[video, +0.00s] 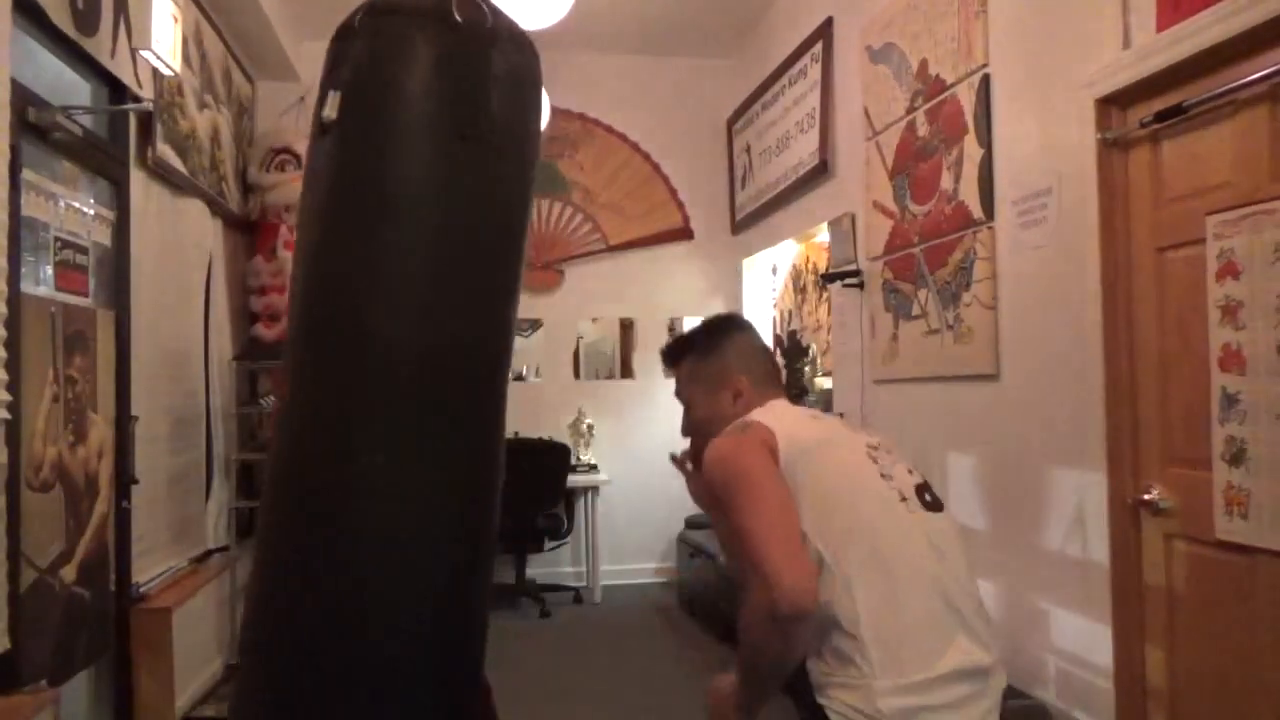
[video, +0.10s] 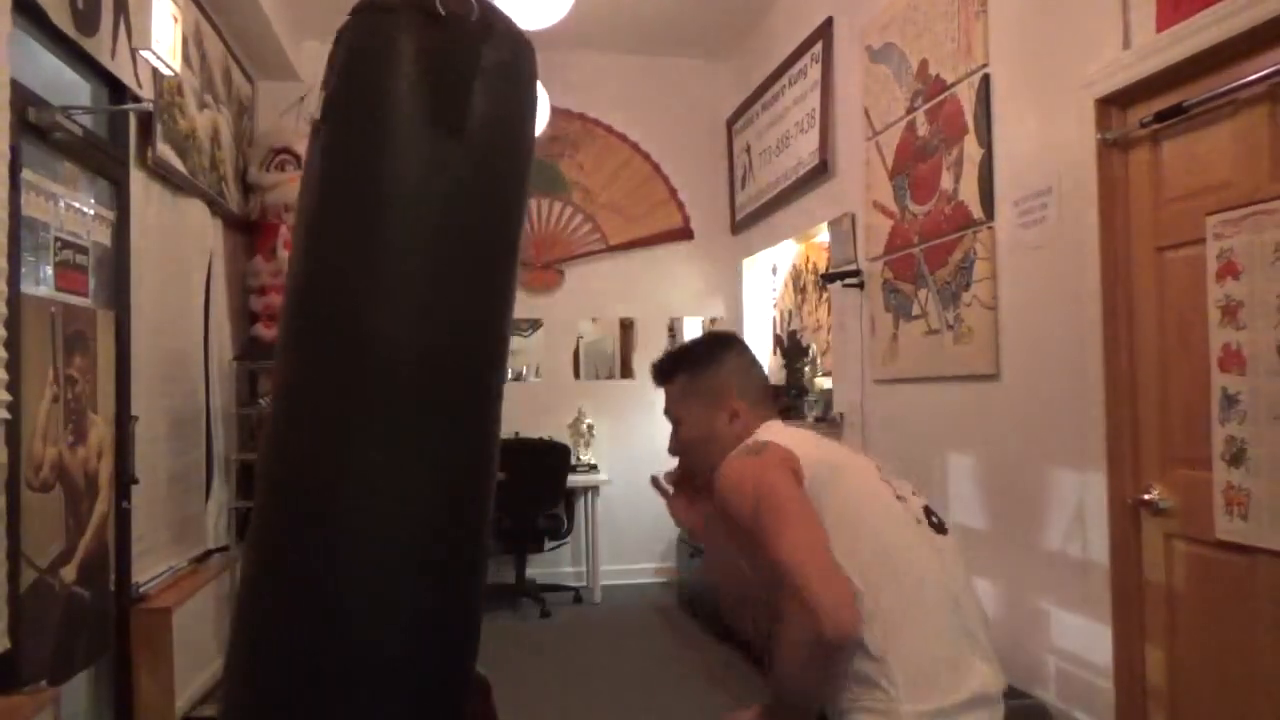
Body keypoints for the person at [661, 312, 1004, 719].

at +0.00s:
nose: (683, 428)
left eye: (687, 404)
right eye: (682, 406)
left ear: (736, 393)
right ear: (759, 389)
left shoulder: (738, 444)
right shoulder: (842, 431)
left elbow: (789, 598)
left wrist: (745, 696)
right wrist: (720, 509)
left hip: (883, 707)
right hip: (977, 698)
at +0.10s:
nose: (671, 444)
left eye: (677, 422)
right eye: (670, 424)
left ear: (734, 416)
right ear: (745, 416)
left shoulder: (750, 464)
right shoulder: (823, 452)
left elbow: (829, 618)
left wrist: (781, 711)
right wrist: (709, 529)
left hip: (902, 707)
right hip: (973, 698)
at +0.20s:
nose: (651, 436)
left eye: (660, 415)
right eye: (651, 417)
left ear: (720, 411)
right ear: (723, 412)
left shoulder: (769, 467)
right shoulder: (789, 448)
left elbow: (865, 633)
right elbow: (746, 648)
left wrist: (741, 702)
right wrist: (678, 530)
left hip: (928, 702)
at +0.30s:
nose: (632, 405)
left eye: (643, 383)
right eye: (631, 385)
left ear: (710, 379)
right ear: (711, 382)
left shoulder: (798, 448)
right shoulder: (739, 473)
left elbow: (855, 641)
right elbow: (695, 615)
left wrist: (682, 625)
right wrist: (642, 499)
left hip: (923, 703)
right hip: (841, 690)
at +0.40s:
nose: (621, 362)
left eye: (631, 339)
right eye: (622, 340)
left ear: (704, 338)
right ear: (704, 340)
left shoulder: (809, 426)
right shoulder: (703, 456)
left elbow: (790, 637)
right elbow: (617, 584)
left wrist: (615, 541)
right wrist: (610, 438)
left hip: (899, 700)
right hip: (803, 686)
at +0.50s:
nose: (607, 325)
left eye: (621, 304)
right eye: (609, 304)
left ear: (698, 303)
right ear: (692, 308)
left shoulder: (801, 408)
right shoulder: (682, 426)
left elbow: (726, 619)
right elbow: (579, 521)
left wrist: (561, 520)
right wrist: (590, 381)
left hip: (873, 702)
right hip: (788, 687)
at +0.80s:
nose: (581, 319)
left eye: (585, 295)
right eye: (578, 297)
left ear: (651, 286)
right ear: (651, 286)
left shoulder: (763, 409)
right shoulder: (703, 381)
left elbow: (700, 641)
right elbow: (602, 501)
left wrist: (579, 477)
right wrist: (582, 372)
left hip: (821, 709)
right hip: (758, 692)